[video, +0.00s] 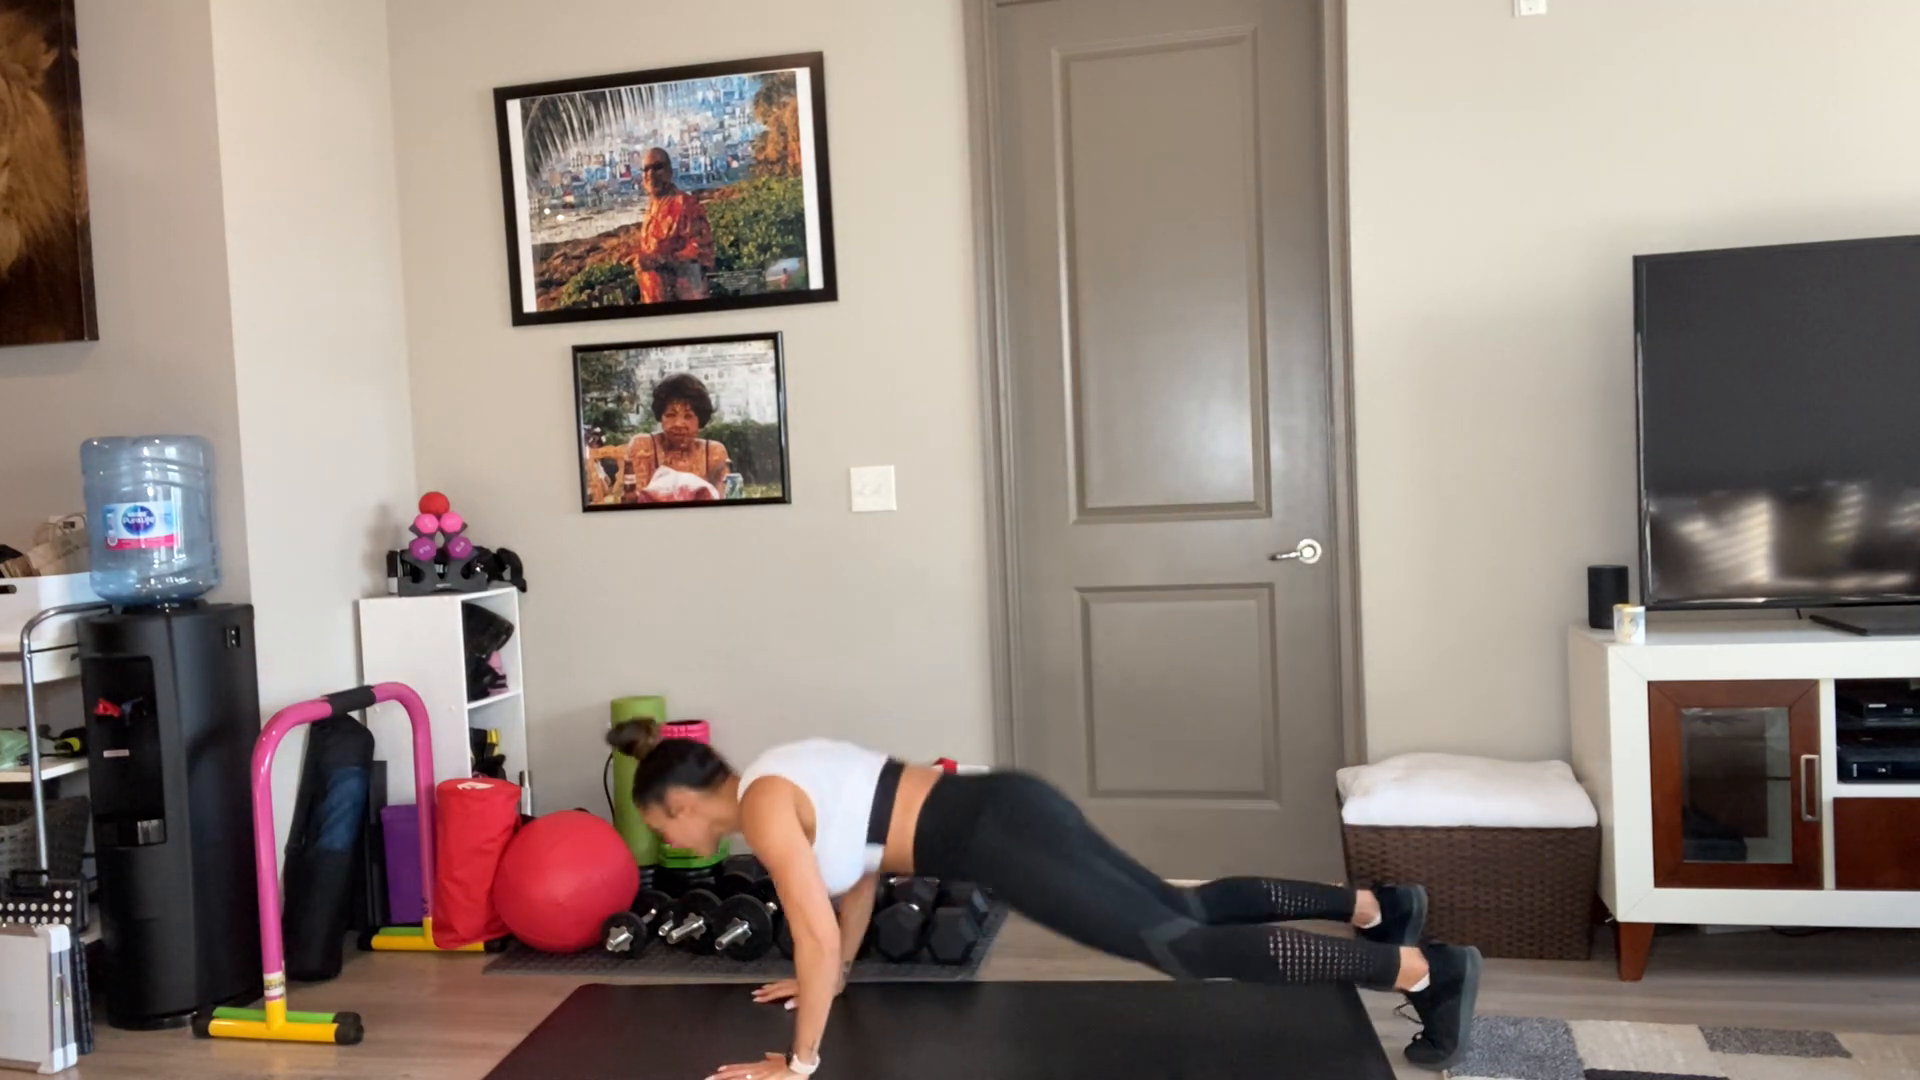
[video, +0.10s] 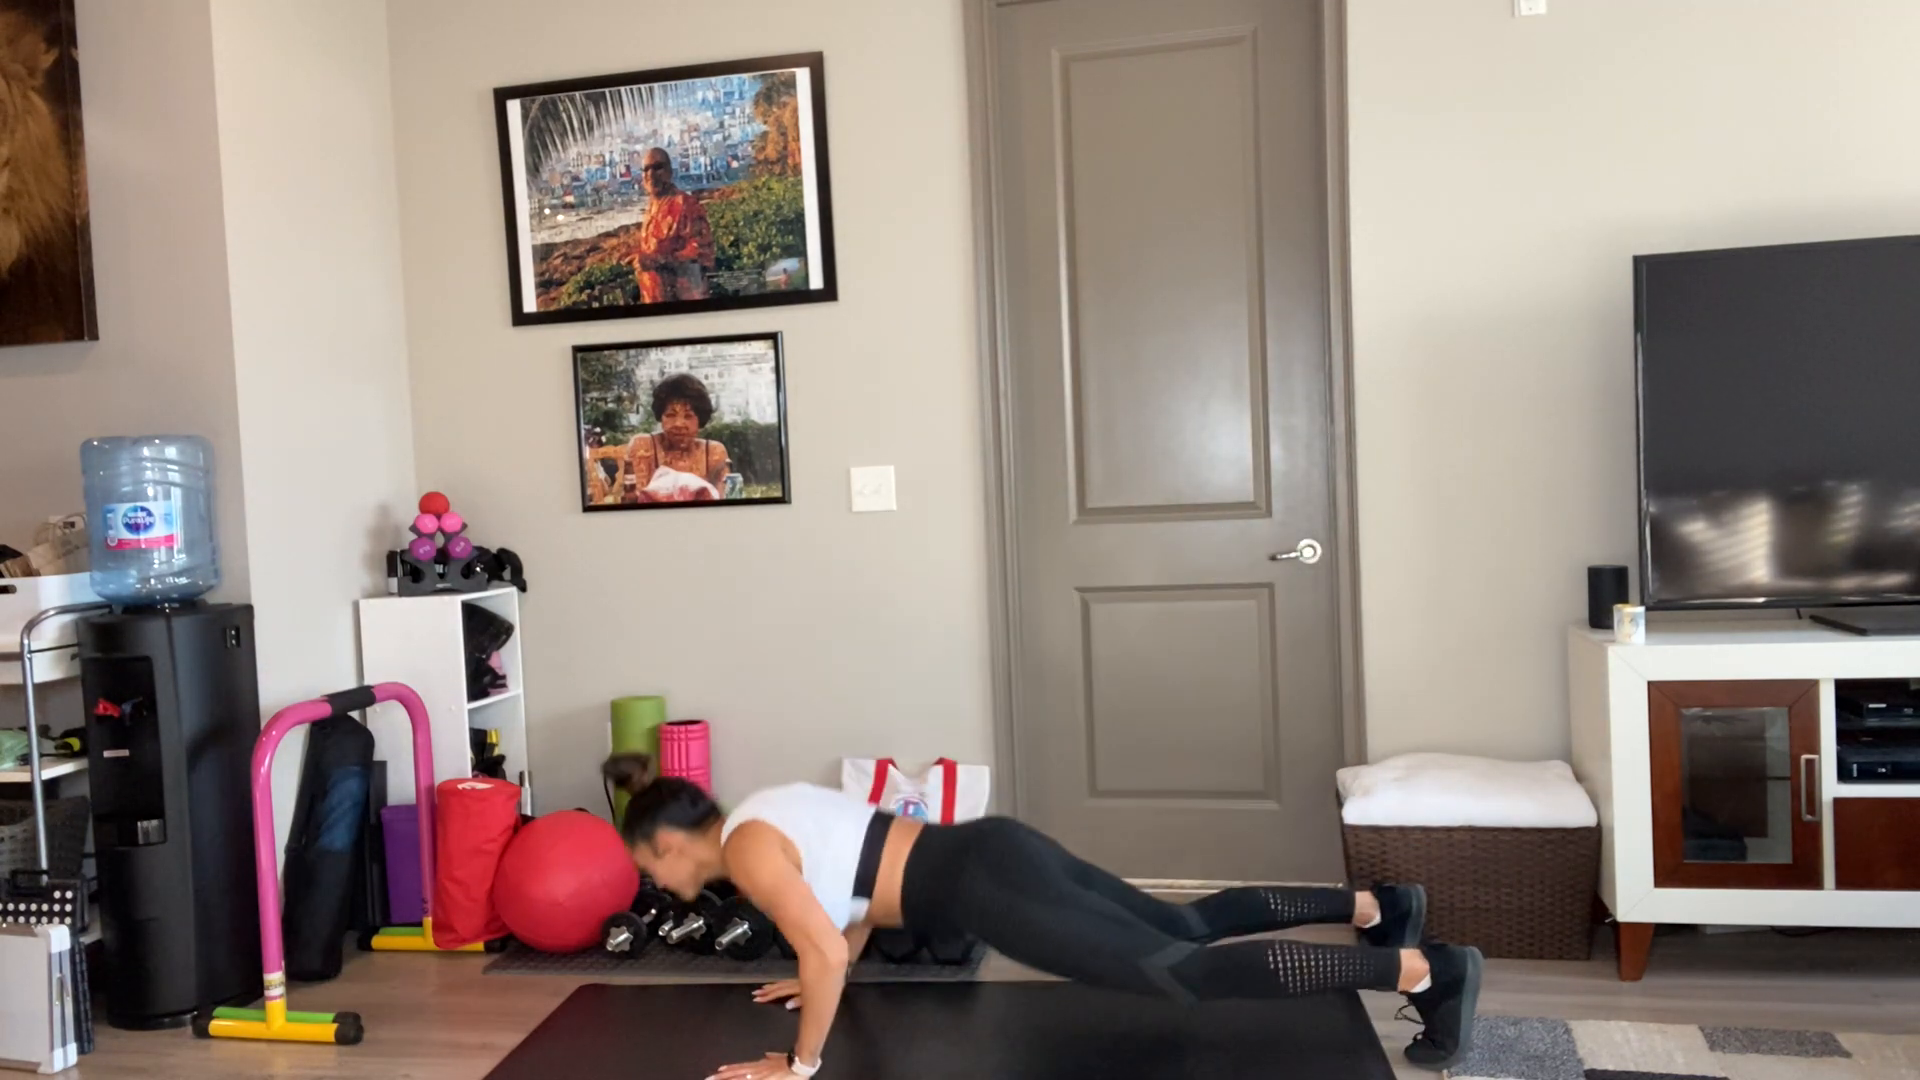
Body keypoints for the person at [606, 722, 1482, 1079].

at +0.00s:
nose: (679, 847)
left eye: (670, 834)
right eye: (666, 838)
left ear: (687, 801)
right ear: (698, 782)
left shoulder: (762, 813)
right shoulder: (786, 774)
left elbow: (823, 943)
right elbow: (845, 906)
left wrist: (804, 1050)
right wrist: (811, 982)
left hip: (984, 834)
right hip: (1001, 805)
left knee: (1173, 944)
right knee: (1173, 906)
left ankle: (1413, 967)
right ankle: (1361, 909)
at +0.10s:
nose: (662, 880)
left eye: (656, 867)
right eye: (652, 871)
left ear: (681, 833)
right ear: (691, 819)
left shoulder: (751, 856)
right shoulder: (767, 814)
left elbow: (828, 958)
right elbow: (848, 914)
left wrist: (798, 1062)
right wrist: (811, 971)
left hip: (970, 879)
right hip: (986, 843)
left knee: (1173, 970)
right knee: (1177, 927)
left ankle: (1415, 971)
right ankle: (1370, 907)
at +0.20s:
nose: (651, 928)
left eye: (642, 914)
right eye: (641, 919)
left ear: (663, 888)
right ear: (675, 866)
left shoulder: (735, 899)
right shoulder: (747, 864)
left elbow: (828, 971)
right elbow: (840, 927)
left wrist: (796, 1066)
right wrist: (801, 983)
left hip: (966, 913)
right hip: (977, 874)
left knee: (1170, 985)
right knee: (1177, 933)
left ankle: (1409, 973)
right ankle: (1367, 907)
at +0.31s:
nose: (639, 981)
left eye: (635, 967)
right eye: (632, 971)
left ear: (661, 943)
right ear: (676, 914)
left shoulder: (723, 952)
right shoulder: (756, 905)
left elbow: (822, 970)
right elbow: (869, 879)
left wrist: (798, 1059)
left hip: (953, 952)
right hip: (963, 905)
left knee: (1169, 1001)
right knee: (1173, 946)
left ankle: (1402, 972)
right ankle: (1355, 903)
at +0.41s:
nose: (637, 1000)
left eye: (632, 987)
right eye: (630, 989)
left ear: (659, 968)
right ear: (672, 942)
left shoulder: (722, 973)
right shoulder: (749, 928)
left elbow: (816, 964)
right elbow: (857, 884)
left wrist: (797, 1058)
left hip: (947, 972)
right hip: (962, 924)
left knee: (1164, 1019)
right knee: (1169, 969)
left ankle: (1397, 979)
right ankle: (1360, 925)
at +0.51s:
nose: (637, 995)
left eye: (633, 980)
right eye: (630, 984)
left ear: (661, 959)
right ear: (675, 932)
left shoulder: (720, 967)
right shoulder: (747, 921)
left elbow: (817, 964)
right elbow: (857, 880)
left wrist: (797, 1059)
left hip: (951, 972)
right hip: (965, 924)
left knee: (1161, 1022)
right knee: (1169, 973)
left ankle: (1392, 984)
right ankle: (1356, 919)